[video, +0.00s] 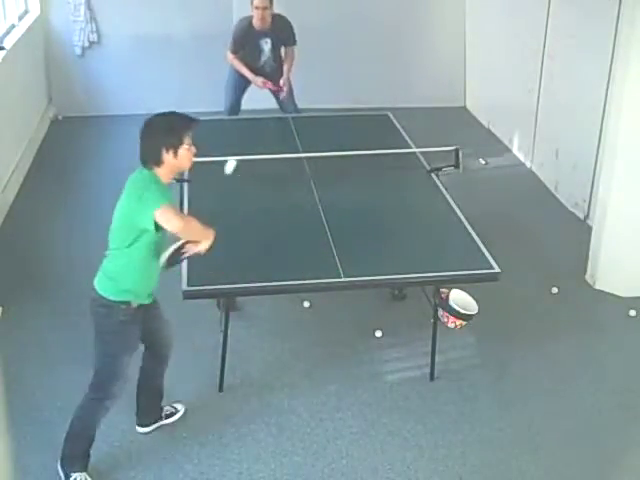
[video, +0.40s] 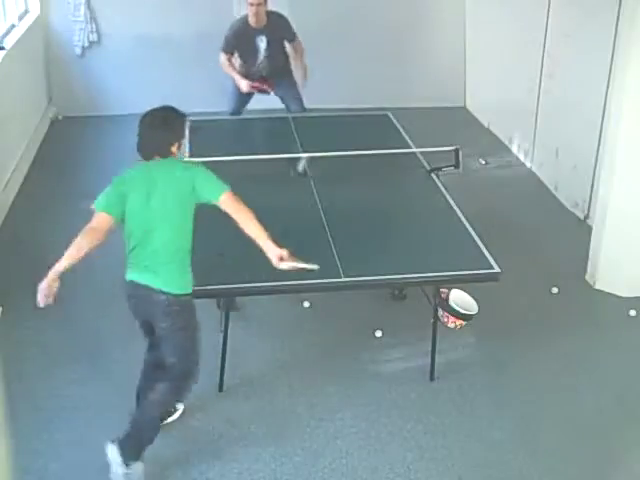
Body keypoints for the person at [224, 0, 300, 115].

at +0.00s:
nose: (261, 13)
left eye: (265, 9)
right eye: (257, 9)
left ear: (271, 9)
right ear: (252, 9)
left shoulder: (282, 24)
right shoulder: (243, 26)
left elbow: (289, 51)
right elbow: (231, 56)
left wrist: (286, 76)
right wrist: (253, 78)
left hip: (273, 70)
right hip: (245, 68)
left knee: (291, 110)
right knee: (230, 107)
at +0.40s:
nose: (255, 10)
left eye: (259, 5)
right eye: (251, 5)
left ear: (266, 6)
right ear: (247, 6)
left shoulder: (279, 21)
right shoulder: (237, 27)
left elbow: (295, 43)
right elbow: (224, 59)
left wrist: (300, 64)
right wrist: (240, 81)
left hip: (278, 76)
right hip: (248, 76)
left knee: (298, 112)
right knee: (232, 113)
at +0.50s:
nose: (272, 11)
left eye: (275, 7)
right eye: (268, 7)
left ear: (280, 8)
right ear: (261, 8)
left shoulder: (289, 23)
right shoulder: (250, 29)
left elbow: (305, 44)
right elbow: (236, 62)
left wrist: (317, 64)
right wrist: (254, 80)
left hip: (286, 78)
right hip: (256, 78)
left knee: (308, 113)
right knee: (238, 115)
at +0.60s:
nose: (294, 12)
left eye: (297, 7)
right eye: (290, 7)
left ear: (302, 9)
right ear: (282, 8)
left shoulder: (308, 24)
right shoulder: (270, 29)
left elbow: (319, 45)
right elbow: (261, 69)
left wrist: (338, 62)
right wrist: (287, 80)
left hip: (301, 81)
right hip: (272, 82)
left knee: (319, 117)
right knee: (248, 114)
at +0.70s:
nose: (317, 11)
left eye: (321, 7)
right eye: (313, 7)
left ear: (326, 9)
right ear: (306, 6)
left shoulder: (329, 21)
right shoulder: (294, 27)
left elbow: (336, 45)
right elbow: (289, 69)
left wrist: (366, 60)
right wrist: (322, 81)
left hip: (318, 82)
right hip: (289, 82)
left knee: (336, 121)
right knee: (264, 120)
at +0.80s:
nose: (336, 6)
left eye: (339, 3)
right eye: (332, 3)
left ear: (343, 5)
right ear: (324, 3)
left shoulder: (345, 16)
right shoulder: (313, 22)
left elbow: (353, 38)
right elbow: (311, 65)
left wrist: (382, 50)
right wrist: (341, 81)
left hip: (329, 80)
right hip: (299, 78)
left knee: (342, 117)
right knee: (276, 117)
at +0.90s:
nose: (346, 4)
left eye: (349, 1)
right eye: (343, 1)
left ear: (353, 2)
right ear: (334, 0)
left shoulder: (356, 9)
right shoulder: (320, 12)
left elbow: (365, 29)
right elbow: (312, 55)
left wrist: (395, 37)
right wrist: (339, 73)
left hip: (337, 74)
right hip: (308, 72)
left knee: (346, 117)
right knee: (288, 113)